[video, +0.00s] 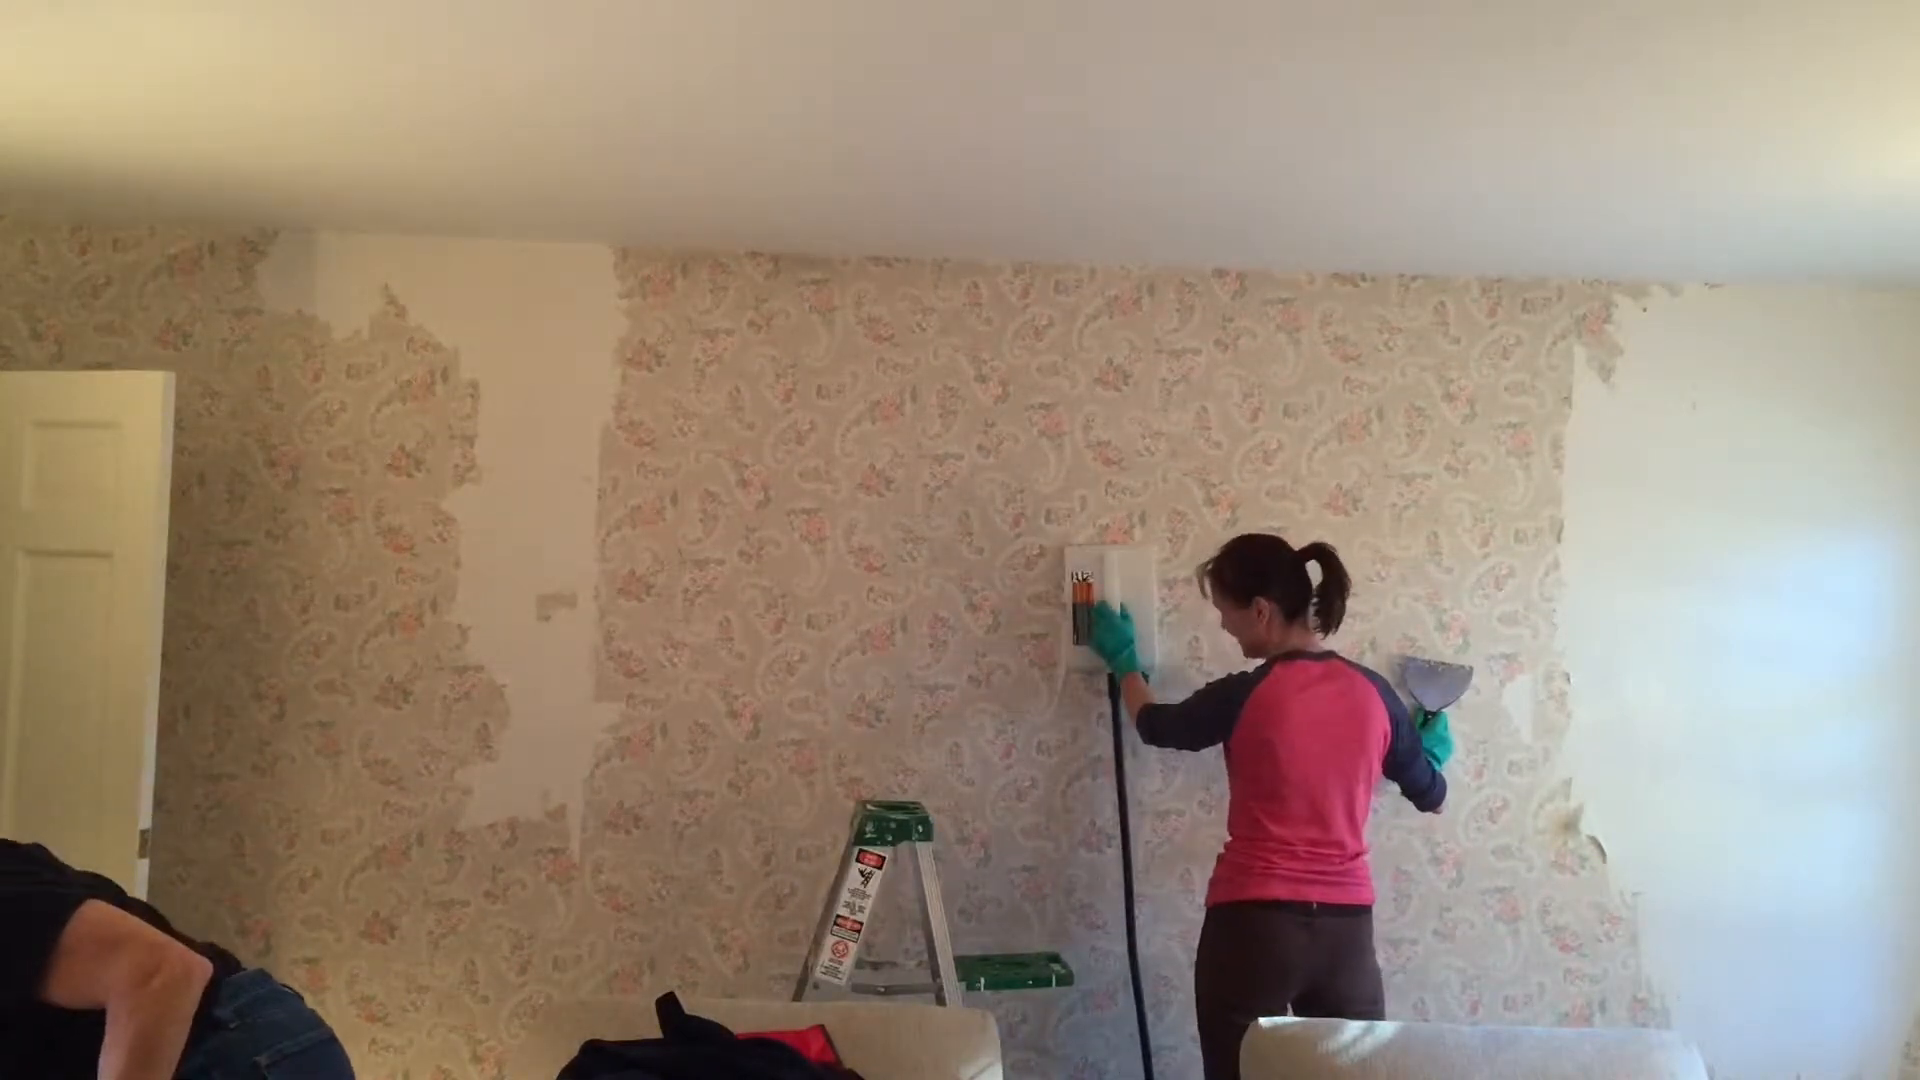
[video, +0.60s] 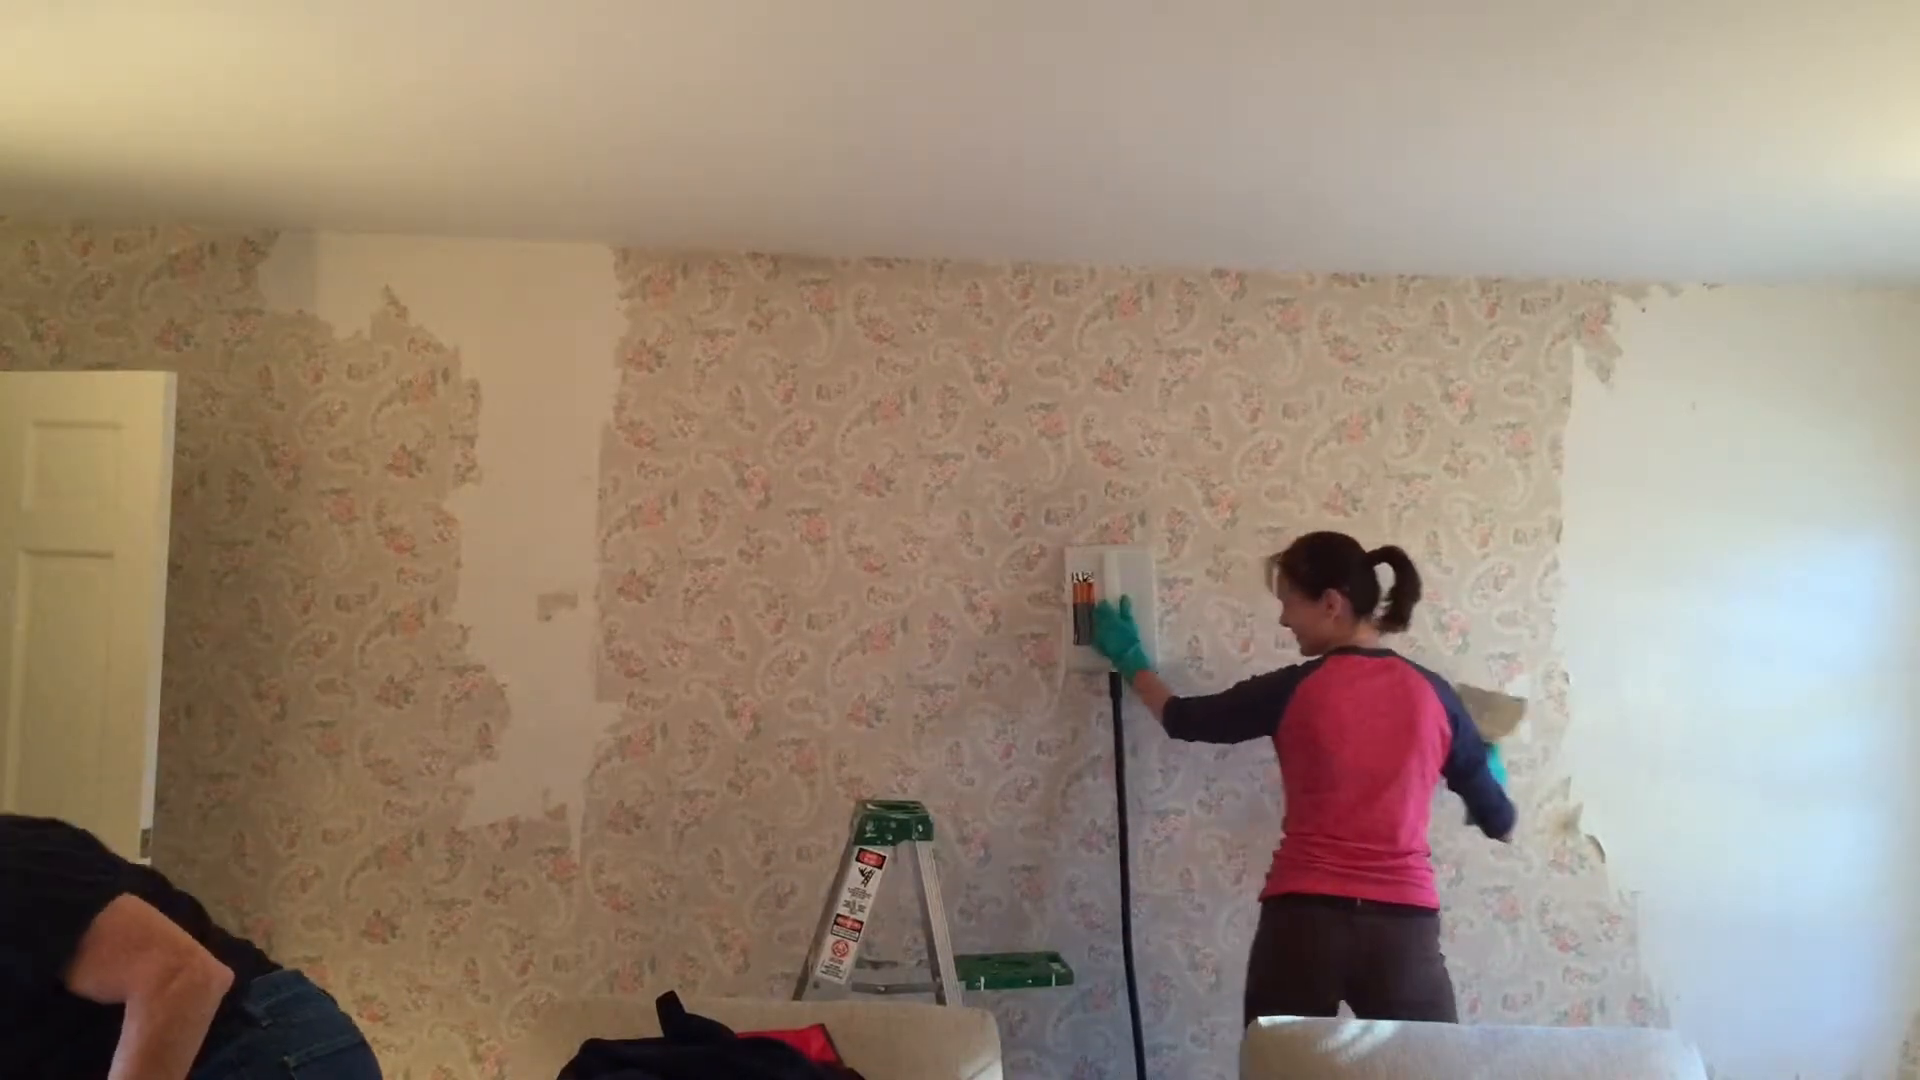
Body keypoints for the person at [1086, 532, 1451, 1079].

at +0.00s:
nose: (1222, 623)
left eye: (1224, 609)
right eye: (1219, 610)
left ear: (1262, 610)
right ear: (1303, 604)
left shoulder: (1246, 692)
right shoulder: (1375, 694)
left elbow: (1153, 724)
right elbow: (1429, 794)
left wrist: (1124, 662)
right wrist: (1433, 753)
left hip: (1250, 934)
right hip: (1345, 936)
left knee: (1236, 1075)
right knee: (1360, 1076)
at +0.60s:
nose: (1282, 618)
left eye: (1289, 601)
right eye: (1282, 601)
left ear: (1332, 604)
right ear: (1339, 604)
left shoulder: (1295, 687)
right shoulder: (1434, 694)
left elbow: (1182, 718)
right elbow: (1500, 820)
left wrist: (1130, 659)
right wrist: (1485, 769)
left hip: (1298, 931)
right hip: (1402, 939)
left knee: (1276, 1067)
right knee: (1431, 1075)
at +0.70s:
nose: (1303, 616)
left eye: (1310, 600)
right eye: (1304, 600)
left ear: (1353, 604)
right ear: (1369, 603)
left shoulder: (1314, 686)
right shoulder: (1458, 693)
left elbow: (1194, 710)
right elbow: (1529, 818)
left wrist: (1128, 655)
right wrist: (1533, 784)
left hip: (1324, 928)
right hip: (1428, 935)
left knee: (1292, 1073)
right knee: (1453, 1076)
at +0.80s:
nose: (1330, 617)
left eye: (1334, 603)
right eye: (1329, 603)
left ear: (1373, 604)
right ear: (1401, 605)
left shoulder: (1336, 687)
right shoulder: (1481, 695)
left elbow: (1211, 706)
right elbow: (1556, 814)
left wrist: (1137, 658)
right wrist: (1578, 797)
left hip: (1357, 933)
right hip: (1461, 938)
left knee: (1319, 1069)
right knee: (1483, 1074)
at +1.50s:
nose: (1387, 597)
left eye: (1389, 585)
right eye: (1394, 582)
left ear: (1395, 597)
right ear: (1464, 600)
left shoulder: (1357, 690)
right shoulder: (1506, 693)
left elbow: (1232, 723)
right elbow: (1576, 808)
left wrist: (1163, 659)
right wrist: (1593, 779)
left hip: (1397, 933)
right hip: (1502, 931)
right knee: (1531, 1079)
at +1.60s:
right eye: (1474, 602)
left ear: (1398, 608)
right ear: (1467, 612)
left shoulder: (1361, 697)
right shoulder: (1509, 699)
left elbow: (1246, 741)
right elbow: (1557, 811)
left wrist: (1196, 670)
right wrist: (1577, 777)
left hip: (1402, 942)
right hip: (1507, 939)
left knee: (1391, 1077)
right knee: (1545, 1077)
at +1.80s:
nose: (1501, 640)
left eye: (1501, 628)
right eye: (1501, 629)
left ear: (1429, 630)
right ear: (1488, 633)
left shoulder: (1382, 712)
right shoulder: (1528, 721)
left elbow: (1285, 767)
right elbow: (1553, 851)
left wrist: (1275, 699)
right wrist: (1566, 802)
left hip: (1411, 971)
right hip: (1519, 970)